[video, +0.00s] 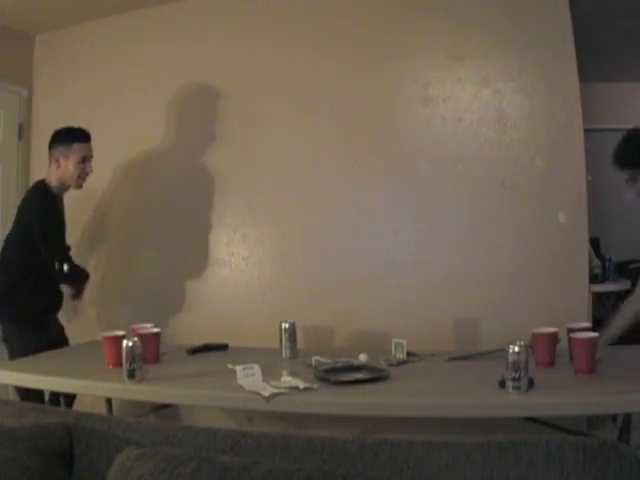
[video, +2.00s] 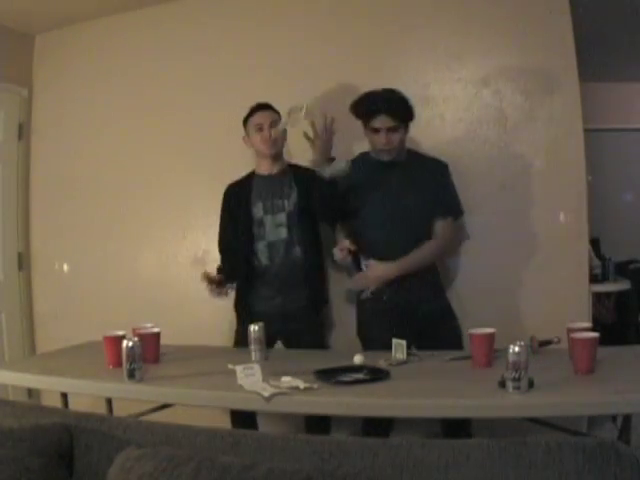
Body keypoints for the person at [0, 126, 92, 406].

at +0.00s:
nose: (89, 169)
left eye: (90, 161)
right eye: (83, 161)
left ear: (61, 163)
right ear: (58, 161)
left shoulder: (53, 199)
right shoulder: (40, 200)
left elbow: (58, 251)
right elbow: (47, 261)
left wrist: (76, 275)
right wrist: (77, 278)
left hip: (38, 306)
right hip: (17, 309)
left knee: (67, 374)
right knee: (35, 389)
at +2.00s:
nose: (269, 133)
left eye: (274, 126)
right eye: (259, 129)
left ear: (284, 134)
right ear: (247, 139)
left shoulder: (311, 182)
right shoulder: (236, 193)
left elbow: (334, 220)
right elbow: (232, 250)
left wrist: (325, 164)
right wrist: (224, 275)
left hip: (303, 305)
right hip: (255, 308)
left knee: (314, 389)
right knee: (241, 389)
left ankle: (318, 462)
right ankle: (246, 461)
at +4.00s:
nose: (219, 130)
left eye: (223, 125)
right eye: (209, 126)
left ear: (229, 135)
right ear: (193, 139)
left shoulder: (248, 173)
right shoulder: (179, 189)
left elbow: (279, 141)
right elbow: (159, 250)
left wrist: (275, 75)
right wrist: (164, 227)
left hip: (249, 300)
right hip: (205, 306)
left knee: (258, 386)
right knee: (210, 394)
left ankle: (262, 458)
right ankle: (224, 459)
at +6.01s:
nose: (219, 145)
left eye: (225, 139)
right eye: (211, 140)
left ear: (234, 149)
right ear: (199, 154)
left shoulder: (256, 198)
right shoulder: (195, 197)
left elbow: (274, 247)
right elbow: (189, 189)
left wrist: (301, 238)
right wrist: (184, 144)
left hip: (259, 306)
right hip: (215, 308)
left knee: (273, 388)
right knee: (199, 388)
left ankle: (269, 458)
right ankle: (190, 455)